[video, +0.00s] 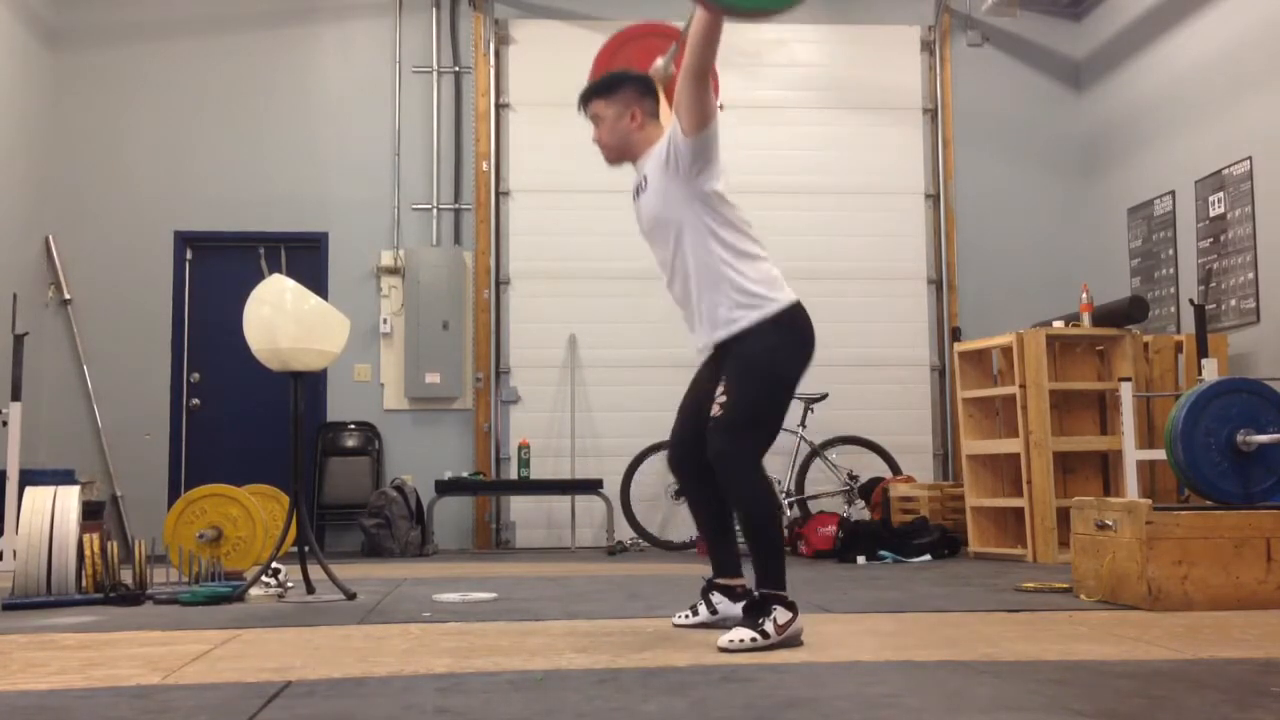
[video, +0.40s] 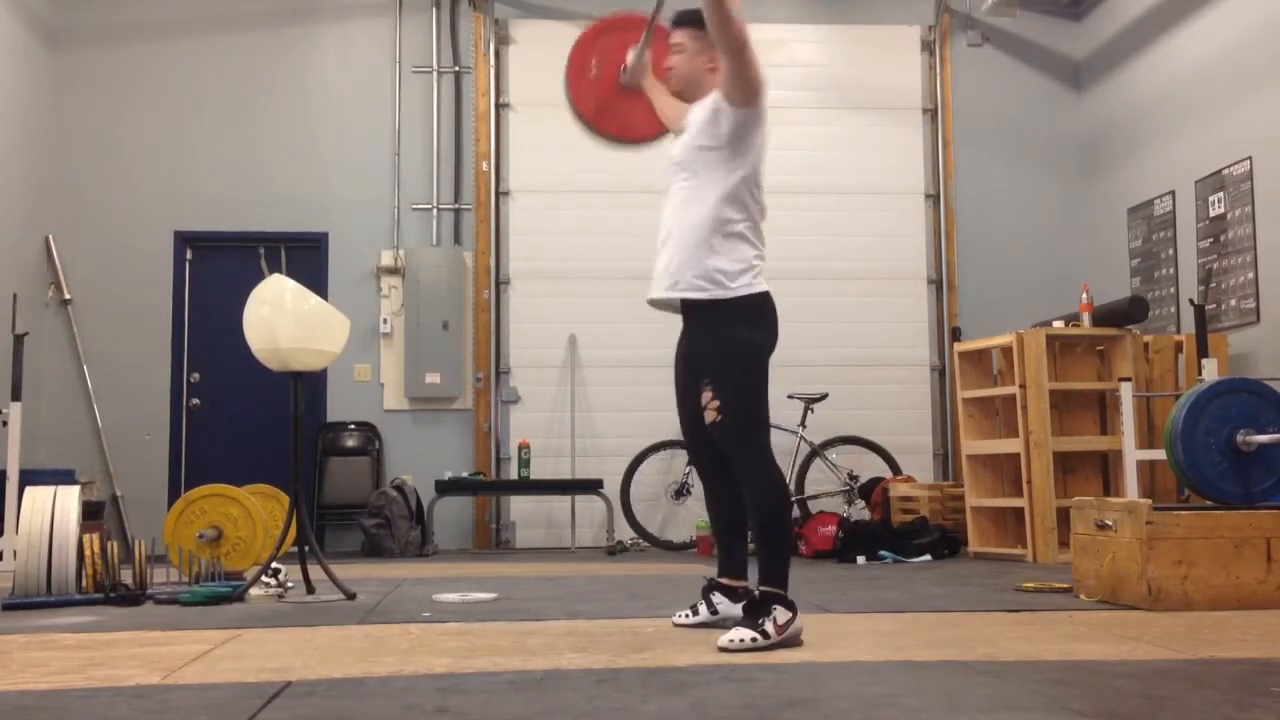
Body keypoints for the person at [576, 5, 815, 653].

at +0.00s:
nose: (593, 135)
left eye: (600, 121)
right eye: (592, 123)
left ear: (640, 113)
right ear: (625, 120)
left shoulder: (683, 153)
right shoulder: (648, 179)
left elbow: (695, 71)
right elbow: (672, 82)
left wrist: (712, 4)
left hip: (771, 329)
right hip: (726, 341)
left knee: (730, 449)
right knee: (687, 451)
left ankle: (776, 607)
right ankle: (730, 593)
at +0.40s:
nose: (668, 63)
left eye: (678, 50)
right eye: (667, 53)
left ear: (713, 55)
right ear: (679, 67)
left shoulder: (735, 110)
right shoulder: (700, 120)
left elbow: (736, 48)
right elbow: (674, 110)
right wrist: (645, 78)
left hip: (736, 312)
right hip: (699, 313)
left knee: (749, 456)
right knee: (710, 459)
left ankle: (775, 607)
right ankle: (730, 595)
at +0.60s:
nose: (723, 66)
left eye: (733, 53)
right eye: (715, 54)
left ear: (753, 59)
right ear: (705, 62)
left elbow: (771, 137)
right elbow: (656, 187)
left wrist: (710, 98)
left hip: (746, 316)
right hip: (702, 316)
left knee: (755, 457)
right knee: (710, 457)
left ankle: (778, 607)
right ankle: (731, 594)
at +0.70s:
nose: (699, 76)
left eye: (710, 63)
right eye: (693, 67)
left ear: (745, 61)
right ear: (693, 71)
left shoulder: (755, 116)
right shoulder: (721, 130)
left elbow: (772, 168)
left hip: (751, 312)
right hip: (713, 309)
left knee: (756, 452)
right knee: (712, 452)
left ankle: (779, 607)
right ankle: (731, 593)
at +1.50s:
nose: (614, 114)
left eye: (618, 98)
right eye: (604, 104)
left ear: (651, 81)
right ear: (604, 103)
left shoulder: (690, 128)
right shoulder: (668, 143)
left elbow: (732, 197)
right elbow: (691, 233)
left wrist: (693, 276)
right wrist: (675, 308)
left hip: (720, 313)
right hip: (705, 314)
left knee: (691, 445)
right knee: (709, 449)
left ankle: (720, 591)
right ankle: (731, 592)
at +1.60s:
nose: (597, 119)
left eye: (600, 102)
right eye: (589, 108)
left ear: (632, 84)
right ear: (616, 97)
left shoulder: (676, 129)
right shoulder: (655, 143)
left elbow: (719, 199)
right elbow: (686, 229)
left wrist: (677, 284)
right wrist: (672, 302)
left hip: (717, 314)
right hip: (700, 314)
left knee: (698, 451)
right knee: (711, 451)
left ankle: (731, 591)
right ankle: (729, 592)